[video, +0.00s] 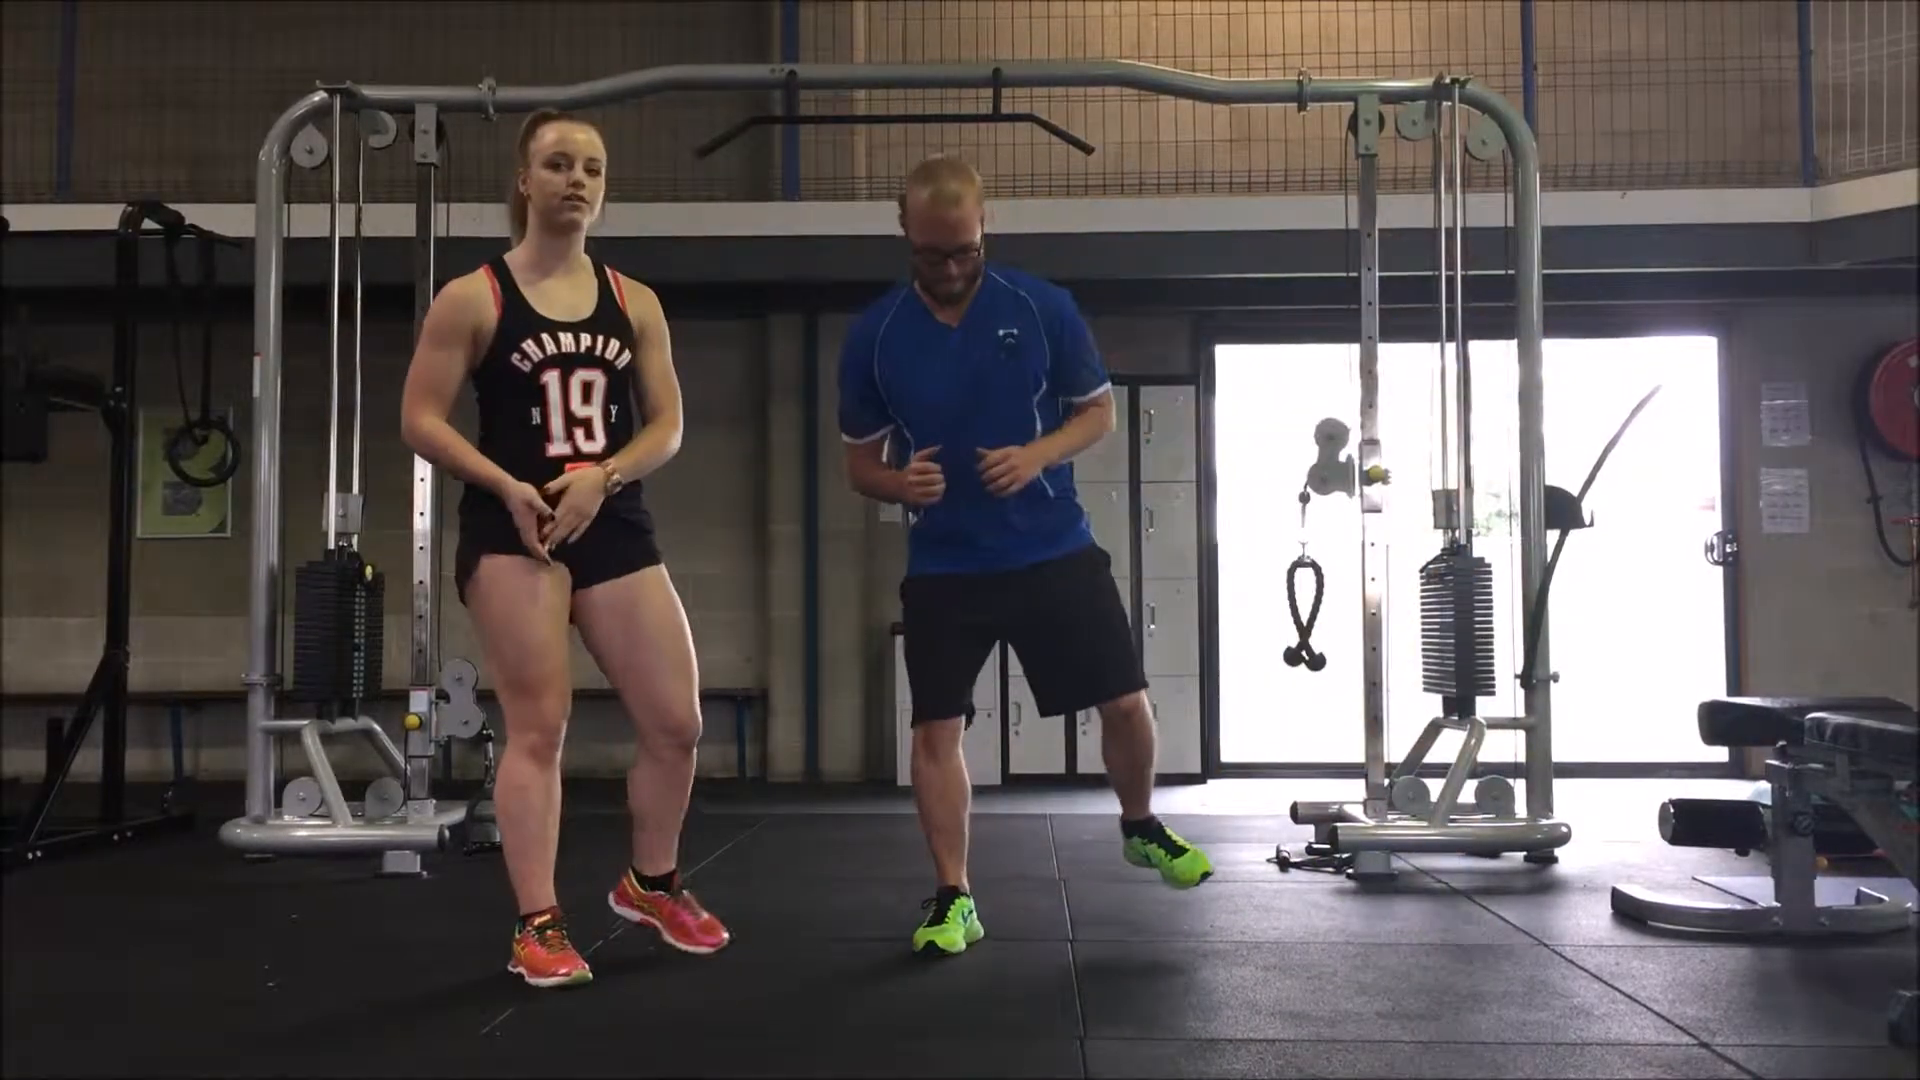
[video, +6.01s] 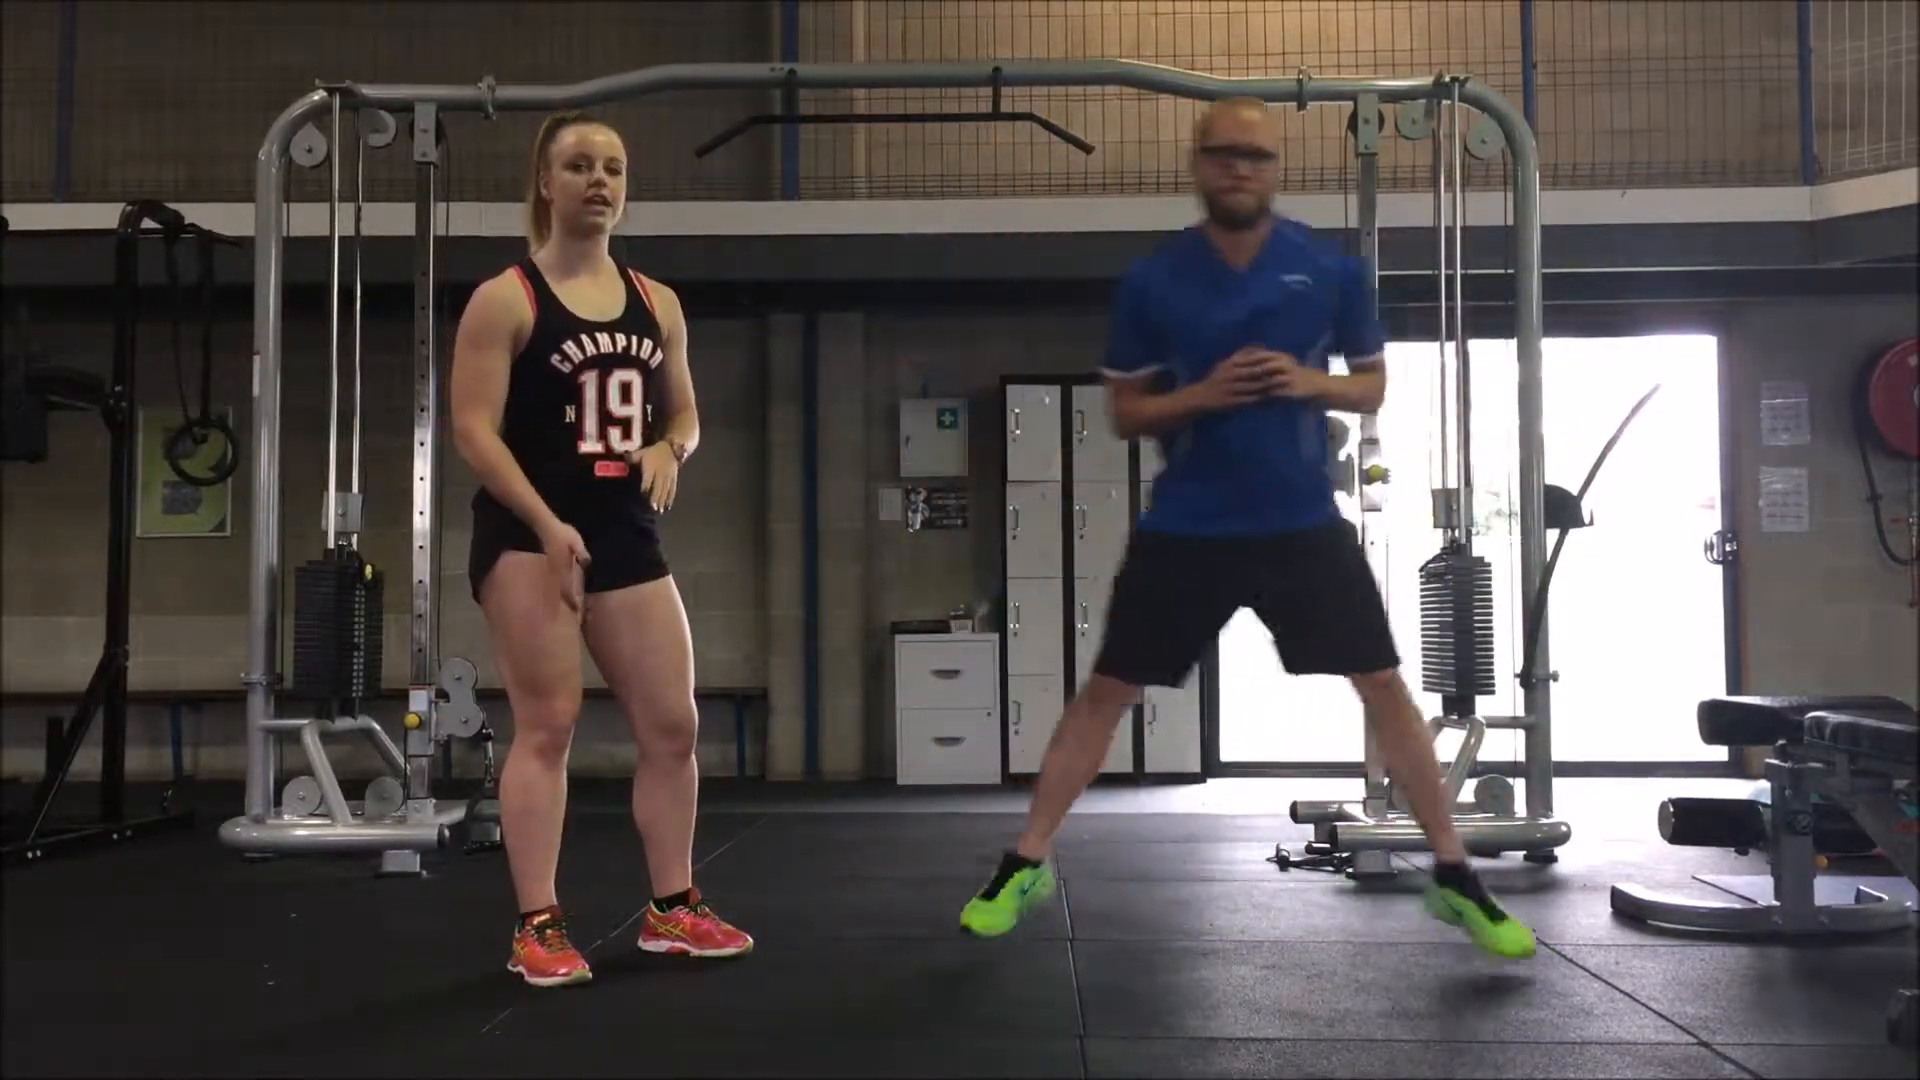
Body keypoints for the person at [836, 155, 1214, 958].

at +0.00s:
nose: (952, 268)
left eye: (965, 251)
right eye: (935, 254)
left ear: (986, 231)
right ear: (904, 236)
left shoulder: (1044, 311)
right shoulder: (872, 337)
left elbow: (1097, 414)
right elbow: (860, 465)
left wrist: (1035, 454)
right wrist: (897, 483)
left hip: (1053, 554)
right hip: (945, 565)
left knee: (1126, 702)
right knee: (934, 728)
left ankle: (1140, 825)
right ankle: (953, 897)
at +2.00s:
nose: (1064, 235)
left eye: (1079, 221)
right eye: (1048, 221)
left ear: (1104, 223)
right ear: (1024, 224)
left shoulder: (1151, 324)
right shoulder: (982, 324)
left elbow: (1173, 451)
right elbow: (947, 452)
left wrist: (1088, 423)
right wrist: (1006, 437)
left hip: (1116, 570)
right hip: (1006, 572)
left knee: (1182, 726)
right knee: (974, 732)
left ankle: (1193, 826)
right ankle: (973, 898)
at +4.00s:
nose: (1446, 242)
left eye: (1466, 230)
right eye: (1434, 224)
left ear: (1490, 231)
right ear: (1409, 217)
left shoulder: (1533, 327)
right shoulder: (1351, 324)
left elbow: (1555, 449)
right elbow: (1318, 454)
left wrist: (1496, 456)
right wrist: (1399, 457)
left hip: (1480, 566)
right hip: (1373, 567)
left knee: (1496, 728)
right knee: (1357, 724)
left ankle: (1492, 903)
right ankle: (1387, 868)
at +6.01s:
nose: (1240, 172)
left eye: (1257, 157)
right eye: (1223, 156)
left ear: (1279, 166)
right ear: (1194, 165)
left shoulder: (1333, 270)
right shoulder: (1151, 281)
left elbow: (1372, 390)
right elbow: (1125, 412)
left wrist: (1310, 383)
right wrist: (1200, 395)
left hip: (1303, 527)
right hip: (1183, 531)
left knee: (1383, 685)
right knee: (1107, 687)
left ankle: (1455, 872)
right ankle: (1027, 860)